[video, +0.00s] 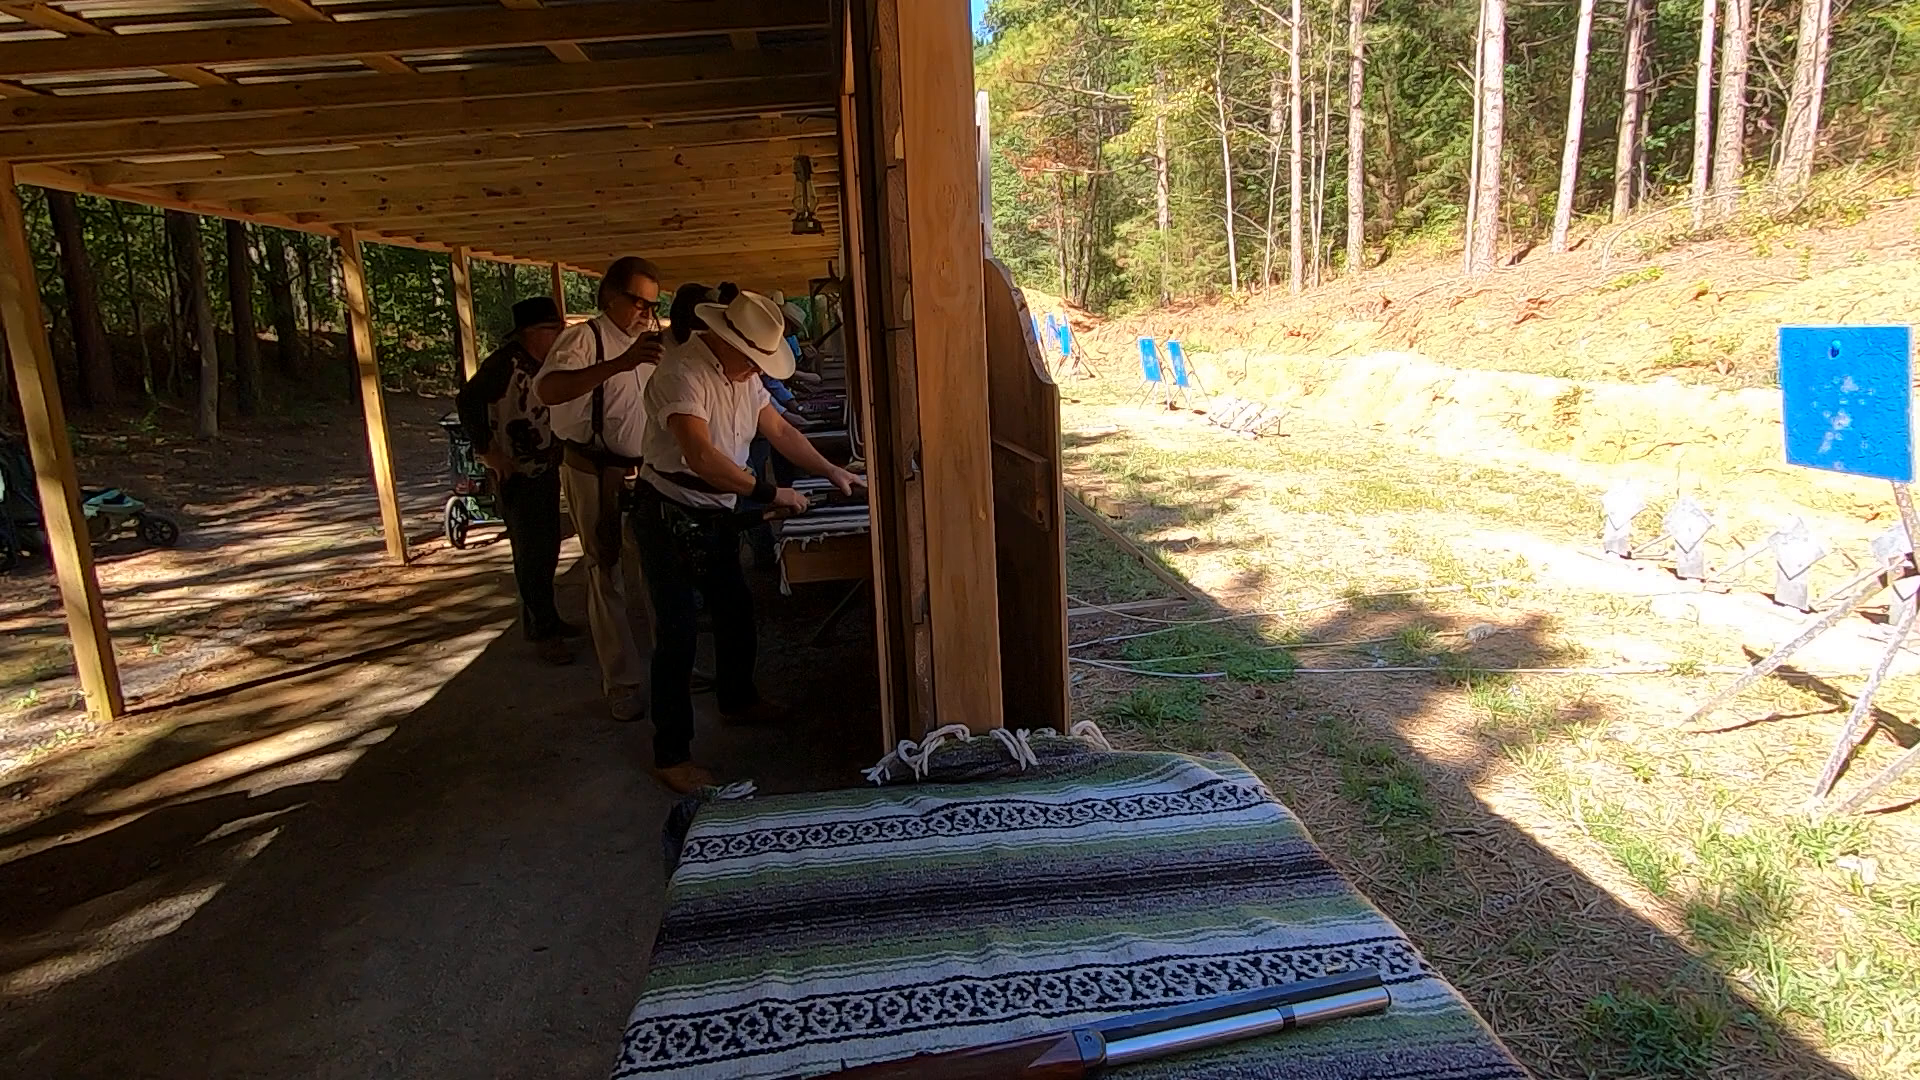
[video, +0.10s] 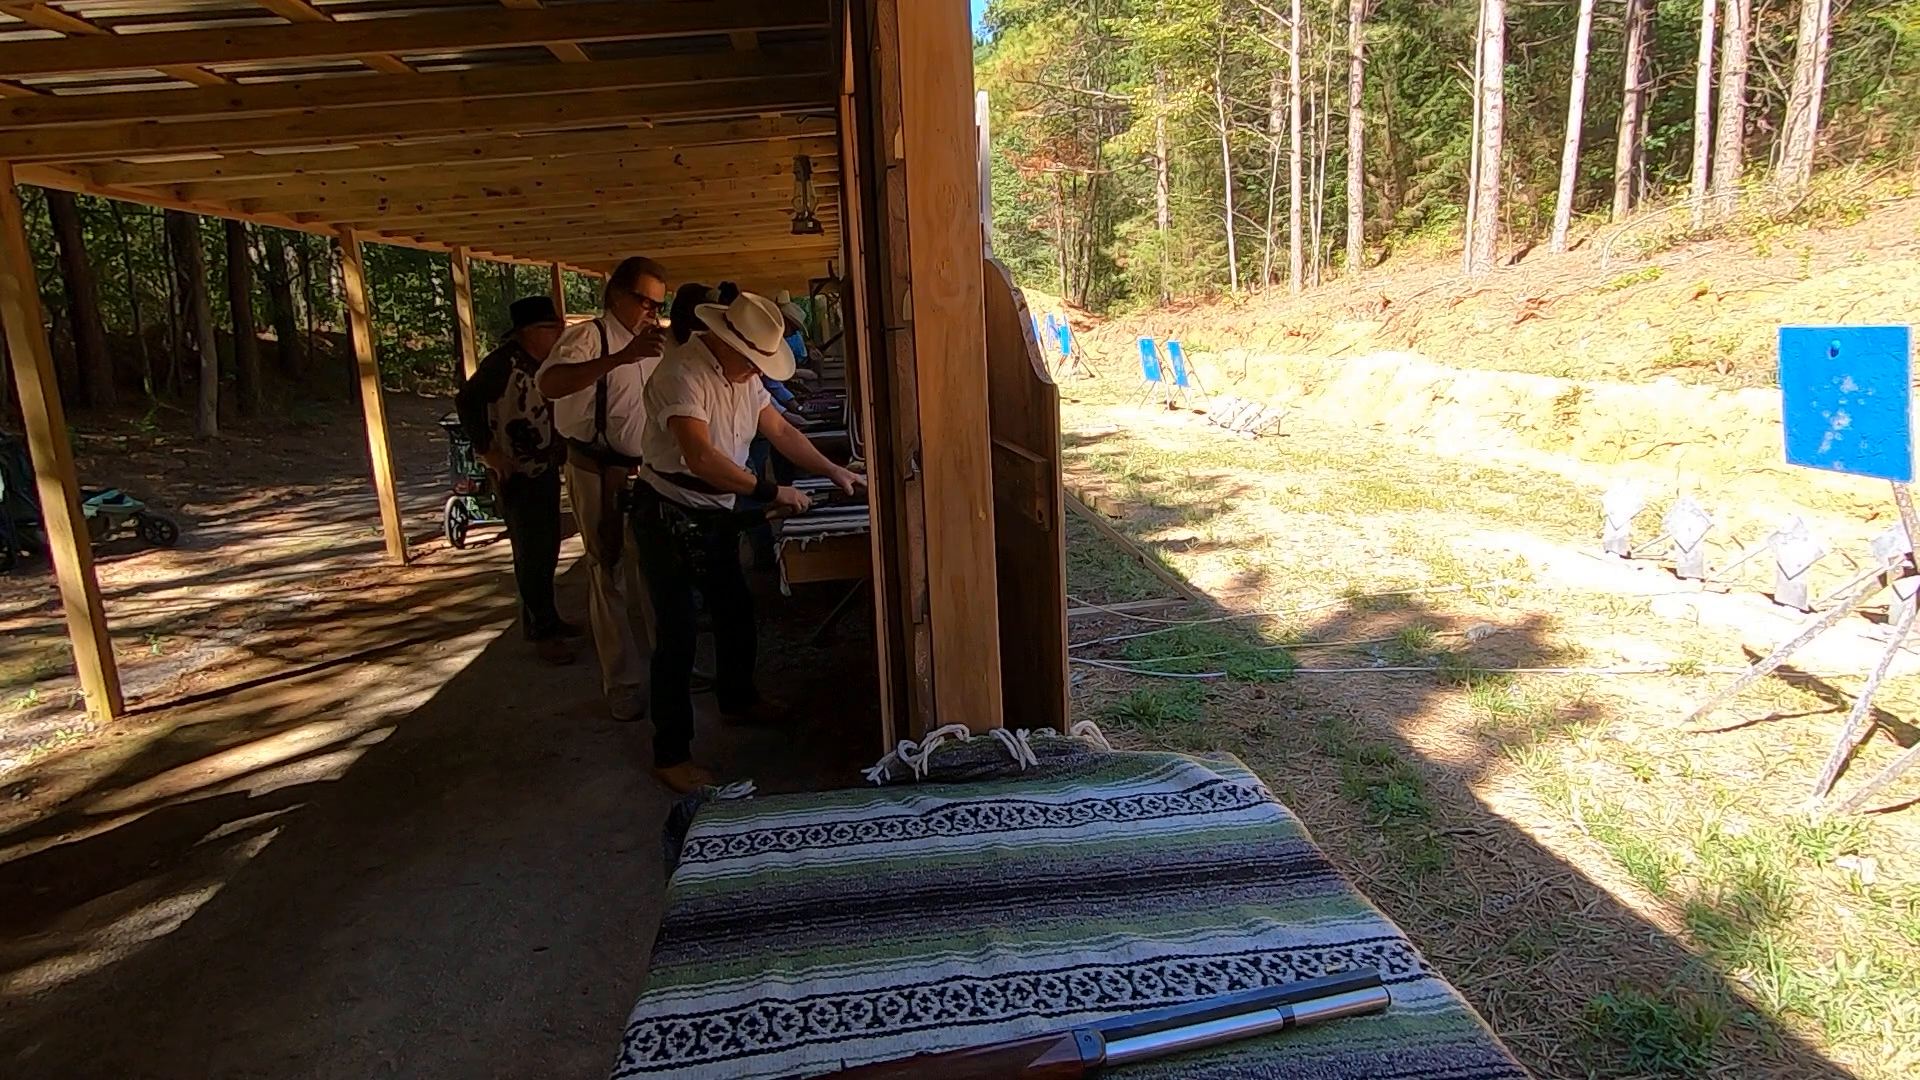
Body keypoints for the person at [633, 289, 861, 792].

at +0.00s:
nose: (755, 368)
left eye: (759, 361)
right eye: (750, 357)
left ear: (757, 353)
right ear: (723, 341)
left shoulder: (747, 375)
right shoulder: (680, 371)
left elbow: (778, 429)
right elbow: (698, 454)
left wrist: (832, 469)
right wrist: (766, 491)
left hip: (719, 513)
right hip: (666, 514)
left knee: (735, 611)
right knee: (678, 632)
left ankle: (740, 702)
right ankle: (672, 757)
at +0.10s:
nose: (755, 369)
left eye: (759, 362)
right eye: (750, 359)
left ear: (758, 355)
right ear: (723, 342)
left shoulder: (747, 375)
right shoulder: (681, 372)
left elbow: (779, 430)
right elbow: (698, 455)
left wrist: (832, 468)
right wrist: (768, 490)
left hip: (717, 513)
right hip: (665, 513)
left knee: (735, 611)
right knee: (678, 632)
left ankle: (739, 702)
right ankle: (671, 757)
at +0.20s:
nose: (755, 371)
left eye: (759, 364)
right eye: (749, 361)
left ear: (758, 356)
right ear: (724, 343)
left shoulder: (746, 377)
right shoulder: (681, 374)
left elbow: (781, 431)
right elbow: (699, 456)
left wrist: (835, 468)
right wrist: (771, 489)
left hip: (716, 512)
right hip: (664, 513)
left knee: (734, 610)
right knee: (678, 630)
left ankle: (739, 703)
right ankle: (671, 757)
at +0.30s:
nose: (755, 371)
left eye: (759, 364)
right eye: (749, 361)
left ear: (758, 357)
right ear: (723, 343)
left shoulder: (746, 378)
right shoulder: (680, 374)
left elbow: (781, 431)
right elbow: (701, 455)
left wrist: (835, 468)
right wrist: (771, 488)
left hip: (715, 513)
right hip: (663, 513)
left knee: (734, 610)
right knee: (677, 631)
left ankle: (739, 704)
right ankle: (671, 757)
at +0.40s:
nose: (755, 372)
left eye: (760, 365)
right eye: (750, 362)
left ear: (756, 358)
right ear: (726, 345)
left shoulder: (746, 379)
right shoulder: (680, 375)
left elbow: (782, 431)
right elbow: (704, 455)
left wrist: (836, 467)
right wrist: (771, 488)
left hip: (715, 513)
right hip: (664, 514)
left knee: (734, 611)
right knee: (677, 632)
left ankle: (738, 703)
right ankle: (671, 757)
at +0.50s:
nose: (756, 372)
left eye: (760, 365)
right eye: (751, 362)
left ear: (757, 358)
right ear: (726, 345)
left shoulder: (746, 380)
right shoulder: (682, 374)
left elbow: (782, 431)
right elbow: (707, 453)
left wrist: (837, 468)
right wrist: (774, 491)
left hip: (715, 513)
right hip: (665, 513)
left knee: (734, 611)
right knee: (677, 631)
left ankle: (739, 703)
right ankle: (671, 757)